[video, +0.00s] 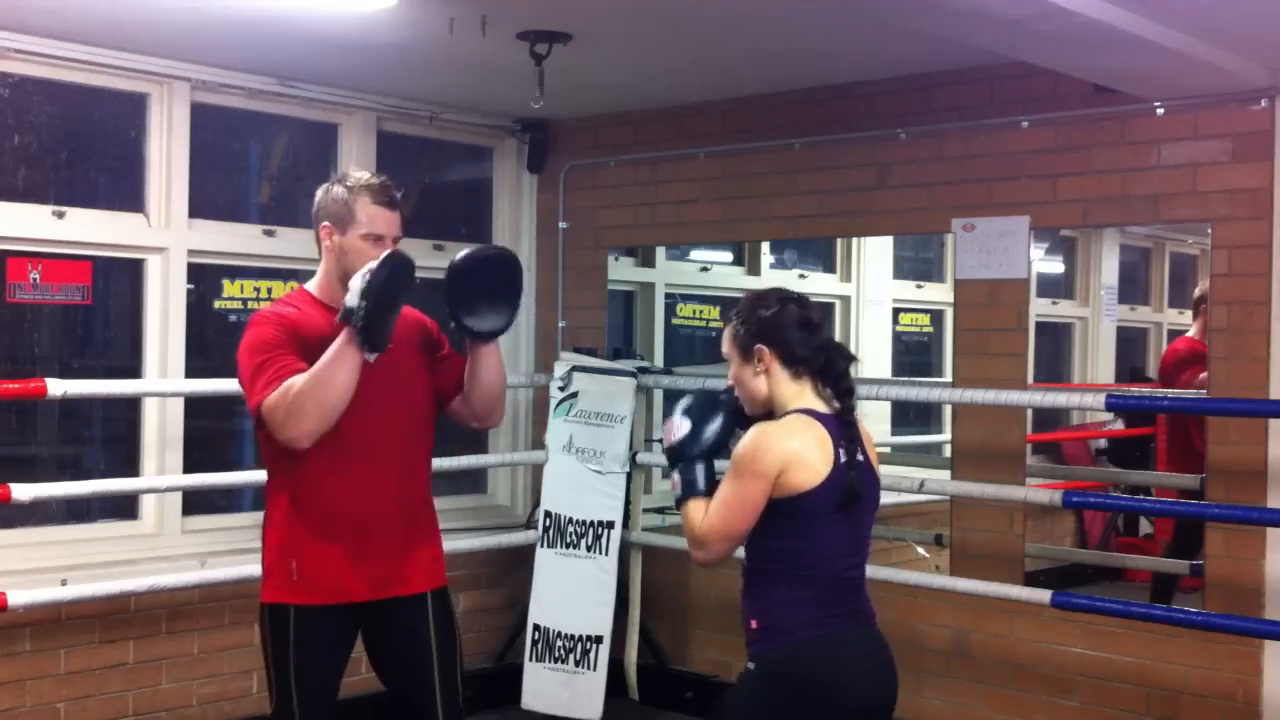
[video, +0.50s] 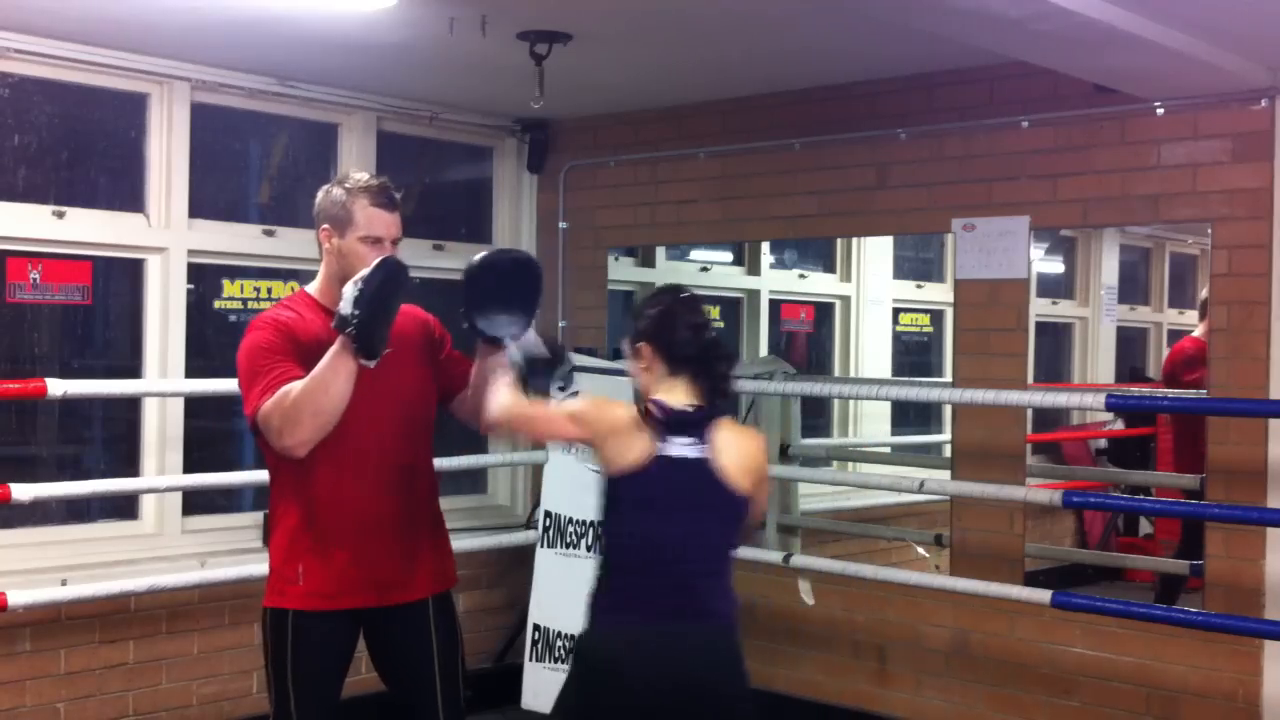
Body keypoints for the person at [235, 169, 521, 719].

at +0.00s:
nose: (388, 255)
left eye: (396, 242)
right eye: (374, 239)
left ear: (404, 244)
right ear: (328, 237)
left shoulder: (415, 328)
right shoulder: (275, 326)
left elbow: (484, 413)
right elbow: (295, 425)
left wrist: (483, 330)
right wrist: (360, 326)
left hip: (409, 573)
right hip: (309, 579)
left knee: (440, 708)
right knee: (302, 712)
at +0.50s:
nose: (388, 257)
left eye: (395, 243)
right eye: (373, 241)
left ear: (402, 244)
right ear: (327, 241)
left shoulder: (420, 327)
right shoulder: (275, 330)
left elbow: (482, 413)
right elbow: (292, 433)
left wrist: (495, 338)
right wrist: (353, 336)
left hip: (415, 583)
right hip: (311, 588)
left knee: (442, 710)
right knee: (301, 712)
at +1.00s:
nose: (365, 248)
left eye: (370, 234)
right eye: (349, 232)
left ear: (374, 240)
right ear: (304, 237)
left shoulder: (396, 331)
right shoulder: (248, 338)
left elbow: (430, 427)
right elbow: (207, 459)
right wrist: (292, 397)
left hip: (398, 580)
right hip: (296, 589)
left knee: (429, 708)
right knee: (294, 711)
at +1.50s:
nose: (390, 259)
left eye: (396, 245)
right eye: (375, 243)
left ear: (403, 247)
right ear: (330, 242)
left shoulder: (420, 333)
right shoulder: (281, 337)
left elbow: (452, 435)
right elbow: (323, 434)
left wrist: (471, 524)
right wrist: (371, 333)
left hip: (408, 584)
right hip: (310, 587)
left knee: (438, 709)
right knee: (300, 712)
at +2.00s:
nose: (423, 258)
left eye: (431, 244)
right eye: (408, 242)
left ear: (439, 247)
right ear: (366, 240)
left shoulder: (434, 334)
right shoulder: (320, 330)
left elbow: (455, 437)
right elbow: (345, 422)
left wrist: (472, 520)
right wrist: (395, 326)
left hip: (426, 583)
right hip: (332, 586)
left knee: (455, 709)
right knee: (316, 713)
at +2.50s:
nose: (377, 273)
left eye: (386, 256)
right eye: (361, 257)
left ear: (394, 247)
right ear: (319, 248)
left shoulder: (426, 319)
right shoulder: (267, 348)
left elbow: (533, 370)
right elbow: (266, 475)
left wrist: (456, 423)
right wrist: (376, 456)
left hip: (409, 579)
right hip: (304, 587)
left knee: (428, 710)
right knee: (293, 711)